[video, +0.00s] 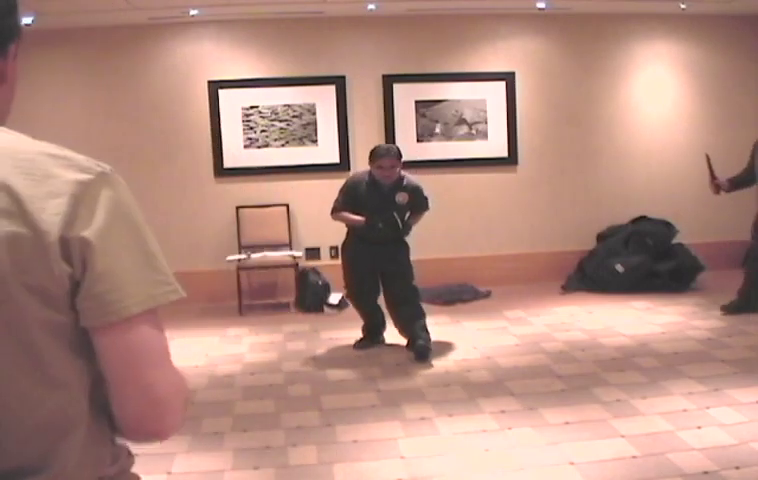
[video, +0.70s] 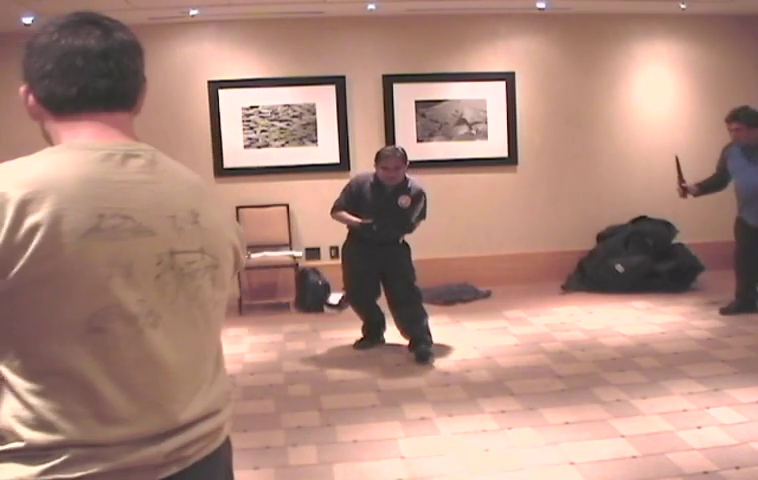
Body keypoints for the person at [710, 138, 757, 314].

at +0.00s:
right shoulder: (756, 146)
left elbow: (751, 173)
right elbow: (751, 172)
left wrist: (727, 184)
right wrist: (726, 184)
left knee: (754, 249)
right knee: (754, 248)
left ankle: (748, 296)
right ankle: (747, 296)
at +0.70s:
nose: (734, 135)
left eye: (738, 130)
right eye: (731, 130)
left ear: (753, 129)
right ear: (730, 131)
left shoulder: (754, 152)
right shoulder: (731, 152)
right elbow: (721, 179)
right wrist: (694, 189)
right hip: (747, 217)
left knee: (751, 259)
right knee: (745, 259)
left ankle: (749, 299)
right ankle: (745, 299)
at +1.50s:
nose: (725, 135)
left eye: (730, 128)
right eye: (722, 129)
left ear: (745, 128)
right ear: (721, 130)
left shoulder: (755, 148)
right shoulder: (719, 155)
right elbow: (694, 180)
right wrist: (664, 184)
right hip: (741, 222)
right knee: (739, 261)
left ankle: (751, 300)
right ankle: (744, 300)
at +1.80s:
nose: (723, 129)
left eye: (728, 123)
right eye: (720, 124)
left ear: (743, 124)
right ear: (718, 127)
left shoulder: (754, 145)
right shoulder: (718, 150)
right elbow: (697, 167)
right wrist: (682, 176)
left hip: (754, 218)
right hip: (738, 218)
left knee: (752, 261)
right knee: (739, 261)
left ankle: (751, 301)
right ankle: (743, 301)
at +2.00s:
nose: (731, 126)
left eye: (736, 120)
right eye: (729, 121)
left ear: (751, 121)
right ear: (727, 123)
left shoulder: (754, 146)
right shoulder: (726, 148)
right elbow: (705, 179)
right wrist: (710, 191)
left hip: (754, 216)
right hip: (739, 217)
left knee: (750, 260)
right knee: (739, 260)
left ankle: (750, 300)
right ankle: (743, 300)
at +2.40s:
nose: (756, 118)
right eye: (755, 114)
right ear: (754, 117)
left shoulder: (748, 145)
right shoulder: (748, 145)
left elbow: (732, 172)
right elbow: (733, 172)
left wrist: (740, 193)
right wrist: (738, 193)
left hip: (753, 215)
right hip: (753, 215)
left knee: (750, 256)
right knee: (749, 256)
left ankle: (747, 298)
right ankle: (746, 298)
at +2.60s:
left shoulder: (753, 148)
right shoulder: (753, 147)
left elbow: (747, 169)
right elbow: (747, 169)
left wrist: (750, 191)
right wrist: (749, 190)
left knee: (753, 254)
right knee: (752, 254)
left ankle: (749, 295)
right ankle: (748, 294)